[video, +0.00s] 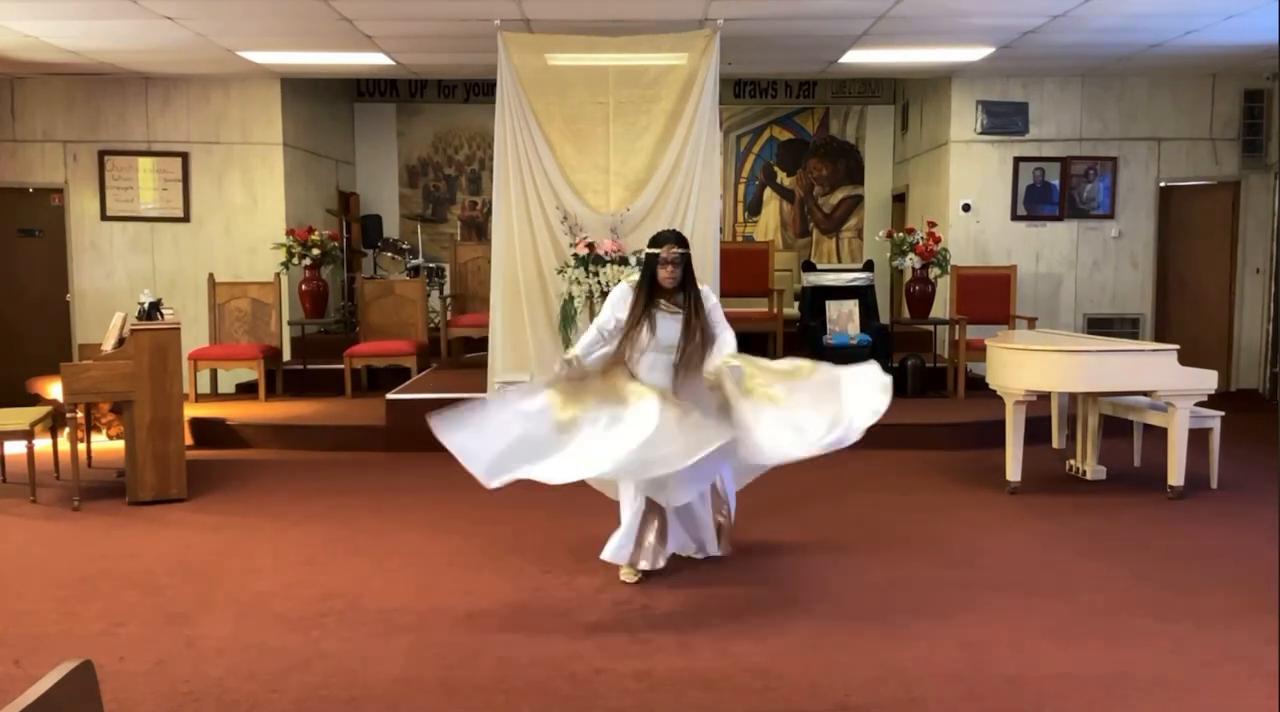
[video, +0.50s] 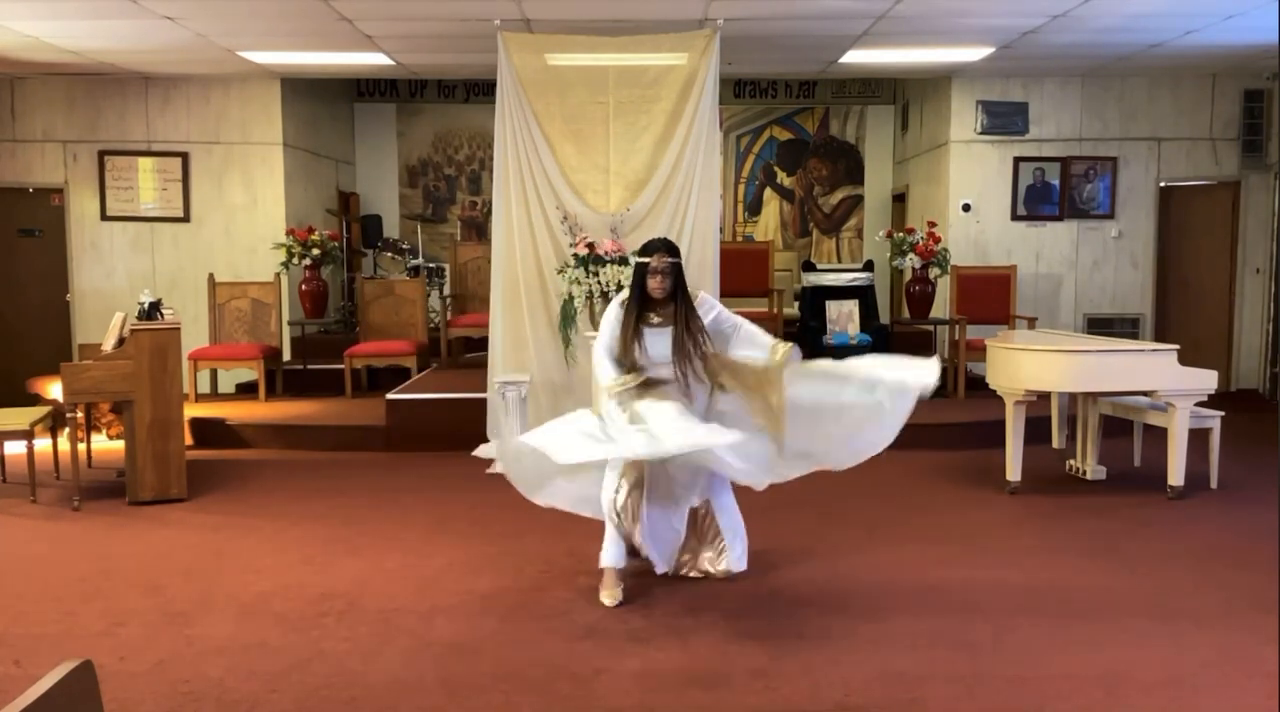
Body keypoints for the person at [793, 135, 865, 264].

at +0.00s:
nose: (815, 176)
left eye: (821, 170)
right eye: (812, 171)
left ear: (840, 166)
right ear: (808, 173)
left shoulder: (854, 193)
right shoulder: (819, 195)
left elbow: (828, 227)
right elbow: (799, 232)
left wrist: (808, 197)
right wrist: (799, 197)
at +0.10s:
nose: (815, 176)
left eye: (821, 170)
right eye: (812, 171)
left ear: (840, 166)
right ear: (808, 173)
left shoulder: (854, 193)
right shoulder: (819, 195)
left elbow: (828, 227)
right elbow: (799, 232)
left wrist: (808, 197)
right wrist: (799, 197)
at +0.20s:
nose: (816, 176)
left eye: (821, 170)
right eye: (812, 171)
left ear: (840, 166)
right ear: (808, 173)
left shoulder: (854, 193)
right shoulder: (819, 195)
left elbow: (828, 227)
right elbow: (799, 232)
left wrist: (808, 197)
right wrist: (799, 197)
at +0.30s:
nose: (815, 176)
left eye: (821, 170)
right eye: (812, 171)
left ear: (840, 166)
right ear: (808, 173)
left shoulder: (854, 193)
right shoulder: (819, 195)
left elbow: (828, 227)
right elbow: (799, 232)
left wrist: (808, 197)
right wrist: (799, 197)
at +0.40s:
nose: (815, 176)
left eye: (821, 170)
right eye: (812, 171)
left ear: (840, 166)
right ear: (808, 172)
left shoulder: (854, 193)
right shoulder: (820, 195)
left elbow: (828, 227)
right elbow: (799, 233)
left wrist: (808, 197)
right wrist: (798, 197)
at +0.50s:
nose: (815, 176)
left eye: (821, 170)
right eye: (812, 171)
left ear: (840, 166)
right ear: (808, 172)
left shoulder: (854, 193)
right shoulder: (819, 195)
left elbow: (828, 227)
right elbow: (799, 233)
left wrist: (808, 197)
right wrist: (798, 197)